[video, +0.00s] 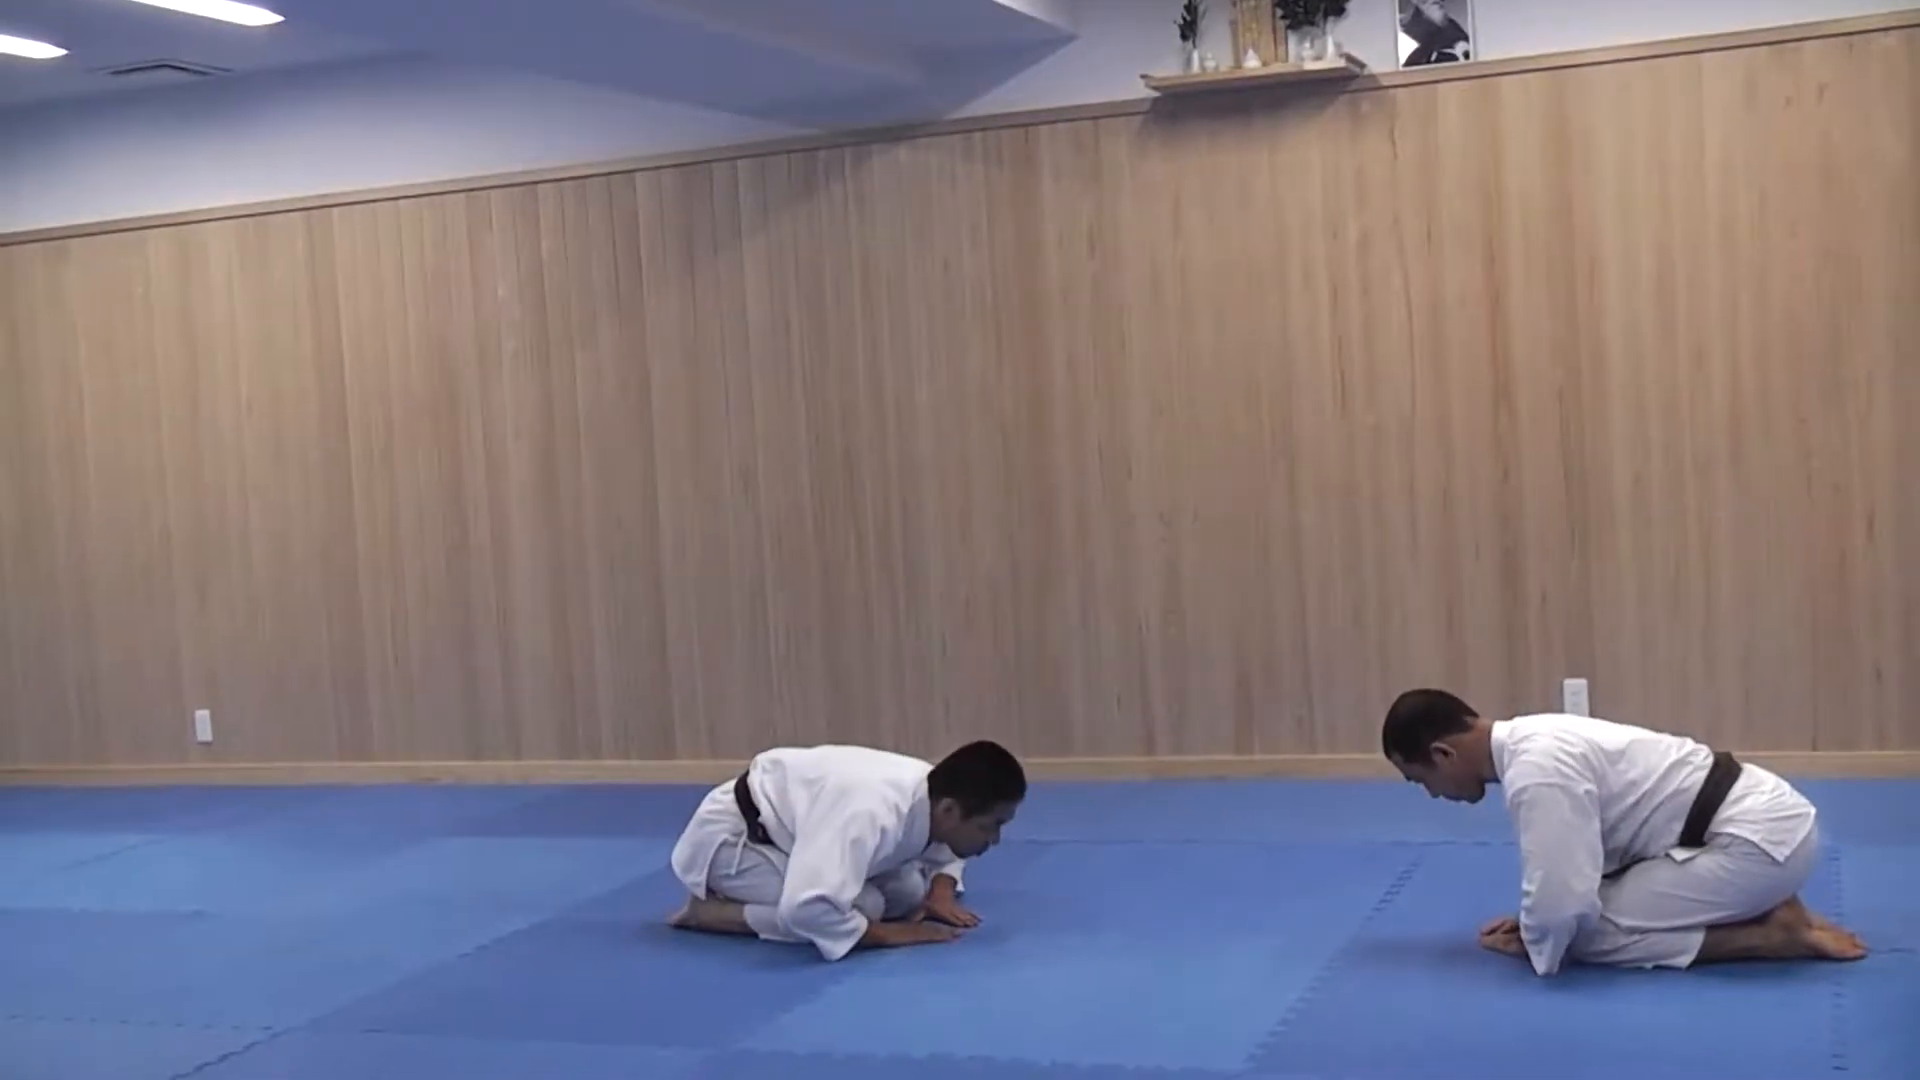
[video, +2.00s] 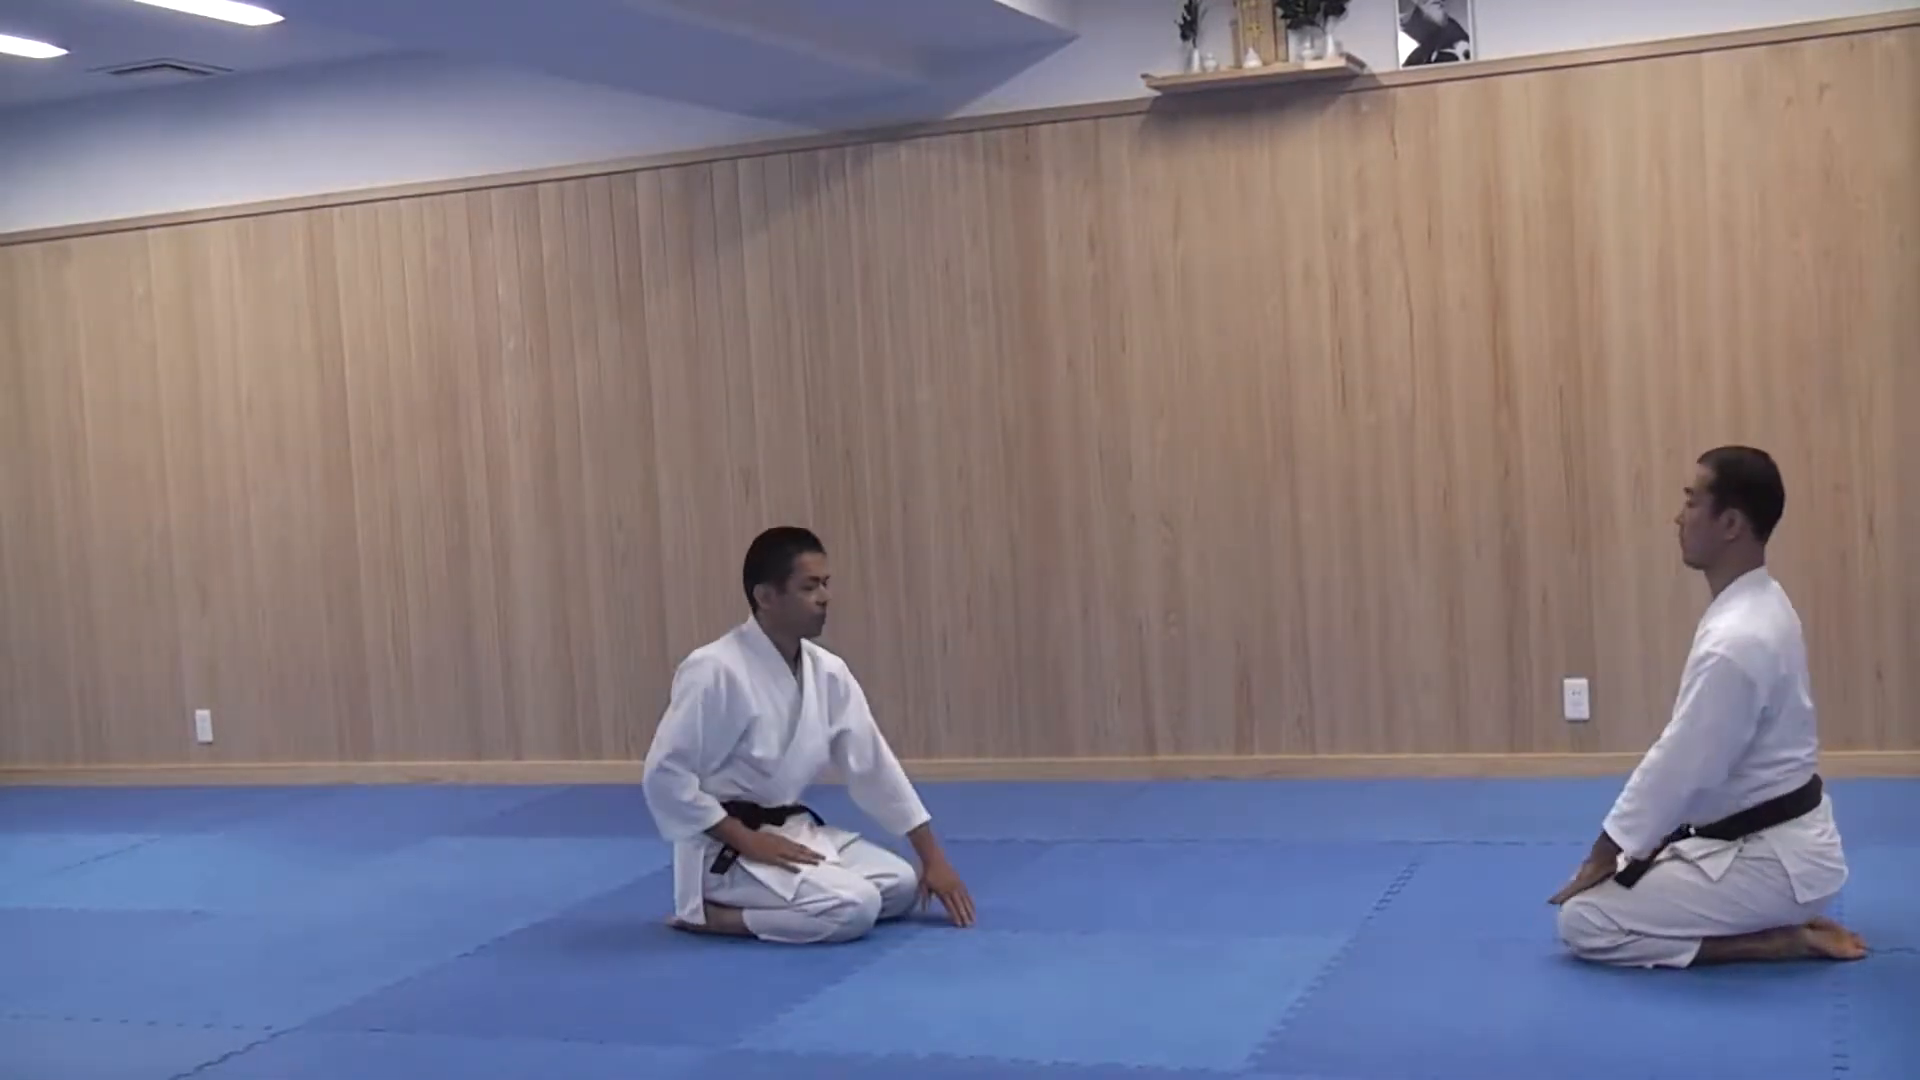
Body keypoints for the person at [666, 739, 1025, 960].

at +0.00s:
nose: (994, 839)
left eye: (1001, 828)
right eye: (991, 827)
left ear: (951, 807)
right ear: (949, 810)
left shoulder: (938, 799)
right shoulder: (868, 808)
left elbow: (947, 851)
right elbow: (807, 910)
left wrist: (942, 893)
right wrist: (898, 933)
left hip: (793, 824)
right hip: (731, 838)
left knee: (907, 889)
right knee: (863, 904)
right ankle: (713, 914)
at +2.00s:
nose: (825, 597)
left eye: (825, 585)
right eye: (811, 587)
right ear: (765, 597)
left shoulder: (828, 673)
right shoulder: (715, 671)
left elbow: (876, 767)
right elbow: (664, 775)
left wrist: (932, 857)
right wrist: (745, 840)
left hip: (793, 831)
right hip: (724, 847)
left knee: (901, 885)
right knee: (852, 909)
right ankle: (711, 917)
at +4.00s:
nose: (946, 510)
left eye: (947, 496)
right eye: (933, 496)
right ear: (885, 502)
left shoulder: (919, 572)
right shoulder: (833, 574)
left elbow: (908, 687)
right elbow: (804, 695)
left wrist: (888, 780)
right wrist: (835, 787)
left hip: (867, 765)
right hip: (802, 775)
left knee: (918, 894)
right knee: (874, 917)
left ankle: (777, 857)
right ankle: (737, 868)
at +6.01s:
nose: (905, 431)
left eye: (907, 418)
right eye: (893, 418)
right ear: (843, 423)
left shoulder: (888, 492)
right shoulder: (786, 494)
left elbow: (902, 581)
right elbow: (751, 611)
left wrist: (891, 649)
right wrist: (781, 711)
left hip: (857, 681)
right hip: (787, 689)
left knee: (950, 758)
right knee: (797, 864)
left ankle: (872, 888)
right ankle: (700, 864)